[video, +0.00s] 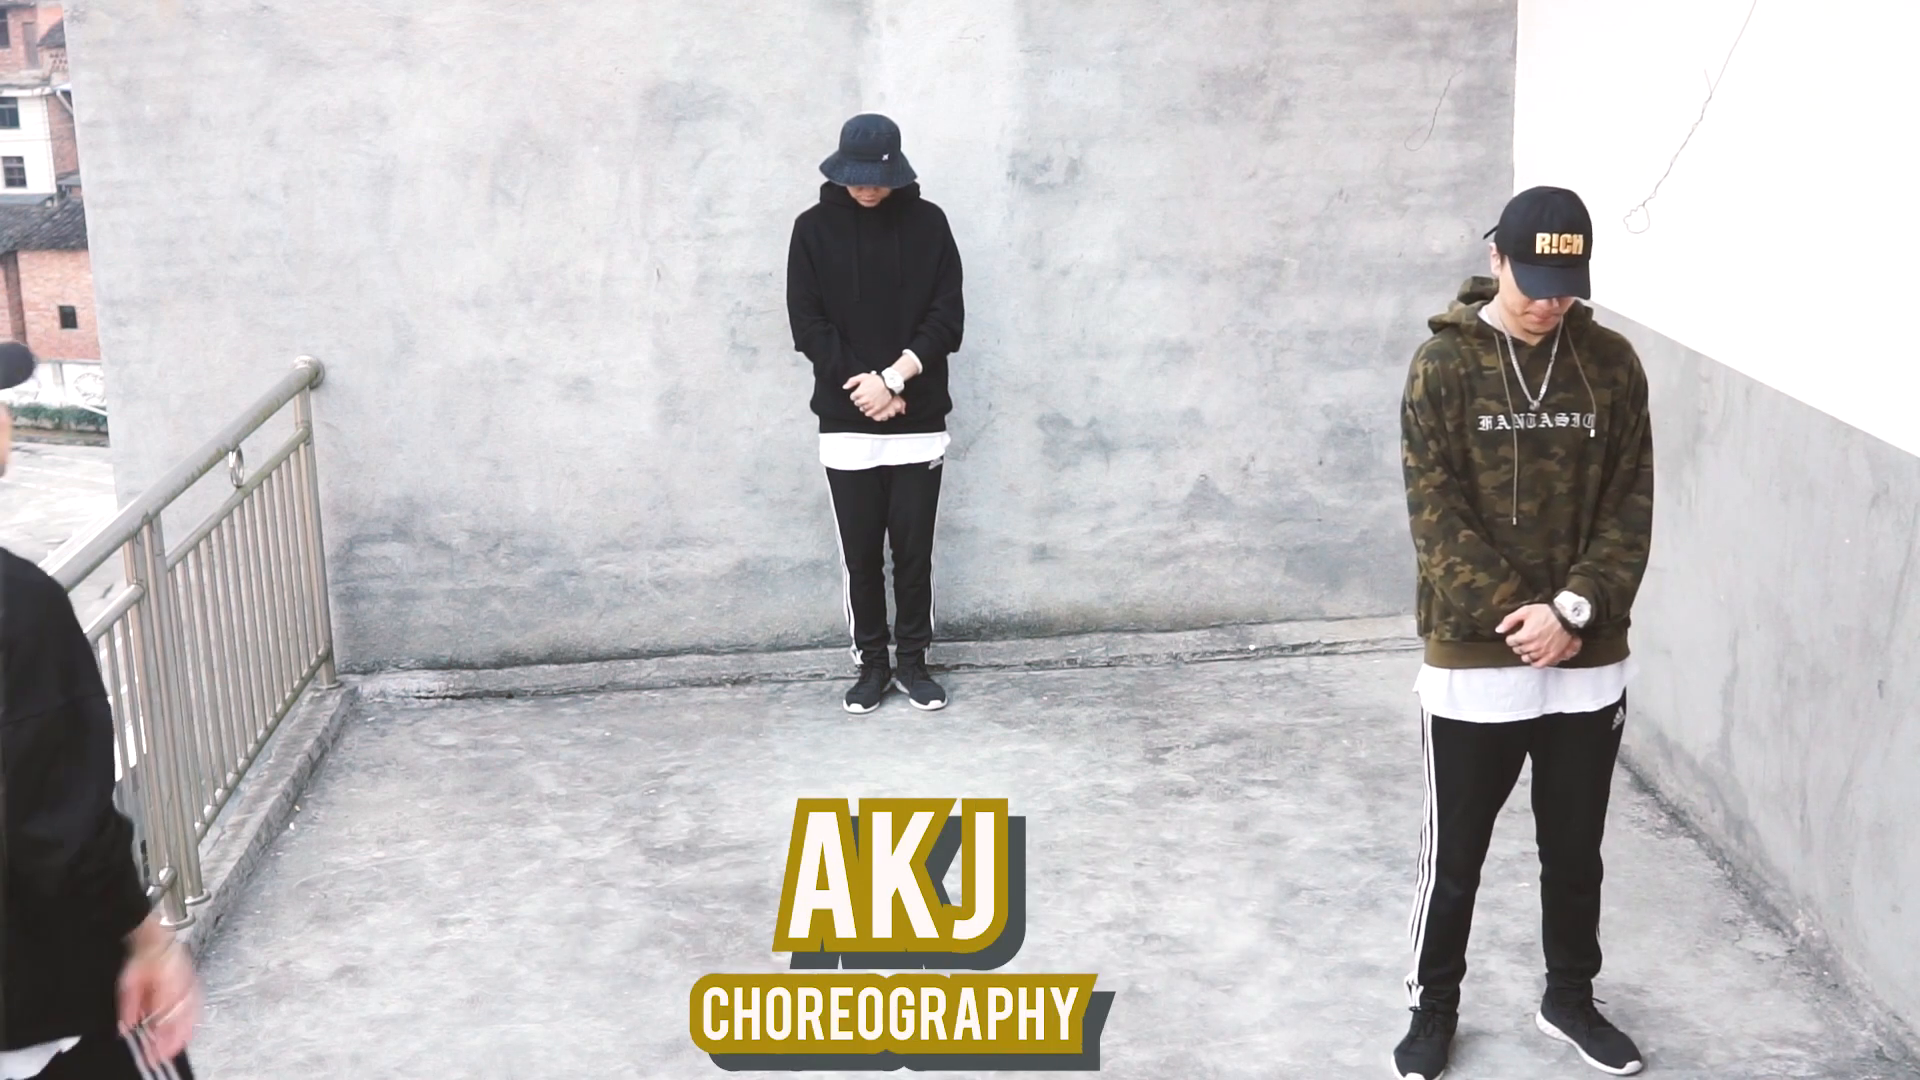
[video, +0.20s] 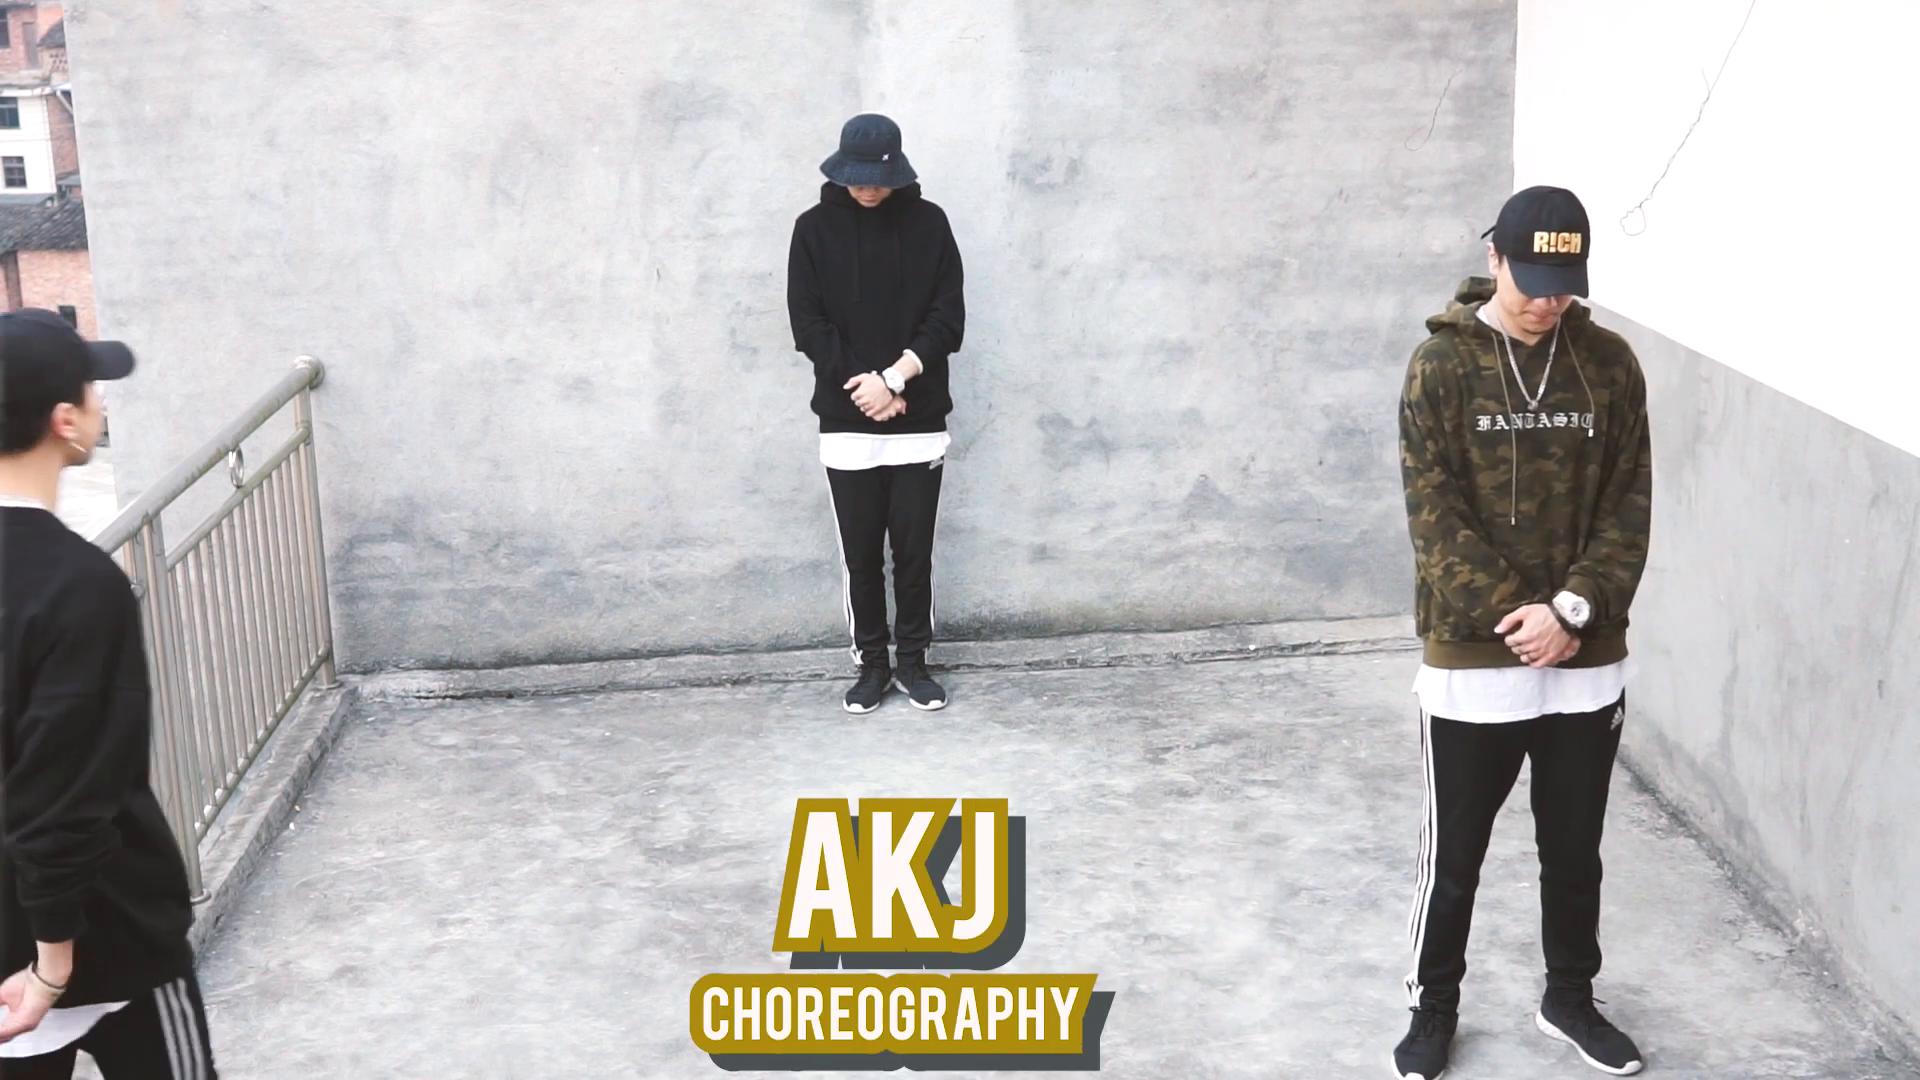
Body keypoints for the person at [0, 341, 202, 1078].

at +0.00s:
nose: (9, 422)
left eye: (7, 398)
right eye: (7, 401)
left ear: (6, 426)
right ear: (3, 425)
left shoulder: (30, 602)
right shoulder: (24, 604)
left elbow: (65, 810)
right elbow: (62, 818)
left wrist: (141, 931)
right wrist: (141, 931)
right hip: (46, 1040)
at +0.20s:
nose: (104, 408)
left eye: (98, 390)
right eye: (96, 394)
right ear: (63, 421)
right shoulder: (75, 582)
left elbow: (47, 785)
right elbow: (51, 793)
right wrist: (50, 961)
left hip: (15, 947)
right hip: (112, 946)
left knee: (28, 1064)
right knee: (171, 1064)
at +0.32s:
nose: (167, 408)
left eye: (162, 393)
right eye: (157, 396)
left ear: (47, 420)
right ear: (121, 428)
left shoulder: (8, 527)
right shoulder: (142, 590)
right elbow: (123, 787)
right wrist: (86, 953)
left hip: (15, 934)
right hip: (146, 932)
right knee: (216, 1068)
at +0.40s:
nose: (211, 422)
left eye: (209, 404)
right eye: (204, 405)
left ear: (96, 414)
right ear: (154, 421)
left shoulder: (13, 520)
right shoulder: (181, 580)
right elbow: (170, 781)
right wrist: (153, 948)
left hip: (37, 925)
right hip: (192, 929)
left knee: (64, 1070)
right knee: (255, 1064)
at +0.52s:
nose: (277, 425)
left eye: (276, 409)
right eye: (264, 409)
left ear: (192, 415)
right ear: (202, 420)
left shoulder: (61, 506)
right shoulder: (217, 570)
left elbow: (40, 706)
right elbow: (237, 765)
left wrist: (73, 840)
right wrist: (275, 910)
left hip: (96, 871)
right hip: (215, 887)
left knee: (142, 1033)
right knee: (280, 1053)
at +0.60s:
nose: (303, 419)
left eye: (300, 402)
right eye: (289, 402)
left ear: (214, 408)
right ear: (223, 412)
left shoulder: (95, 496)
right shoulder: (234, 562)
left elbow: (84, 688)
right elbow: (270, 757)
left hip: (132, 849)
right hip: (249, 869)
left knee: (179, 1006)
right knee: (297, 1038)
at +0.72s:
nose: (317, 403)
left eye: (315, 387)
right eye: (302, 389)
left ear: (225, 395)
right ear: (232, 398)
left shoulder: (136, 476)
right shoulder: (240, 537)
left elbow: (150, 665)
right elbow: (321, 714)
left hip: (182, 842)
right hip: (270, 866)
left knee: (238, 1039)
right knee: (299, 1058)